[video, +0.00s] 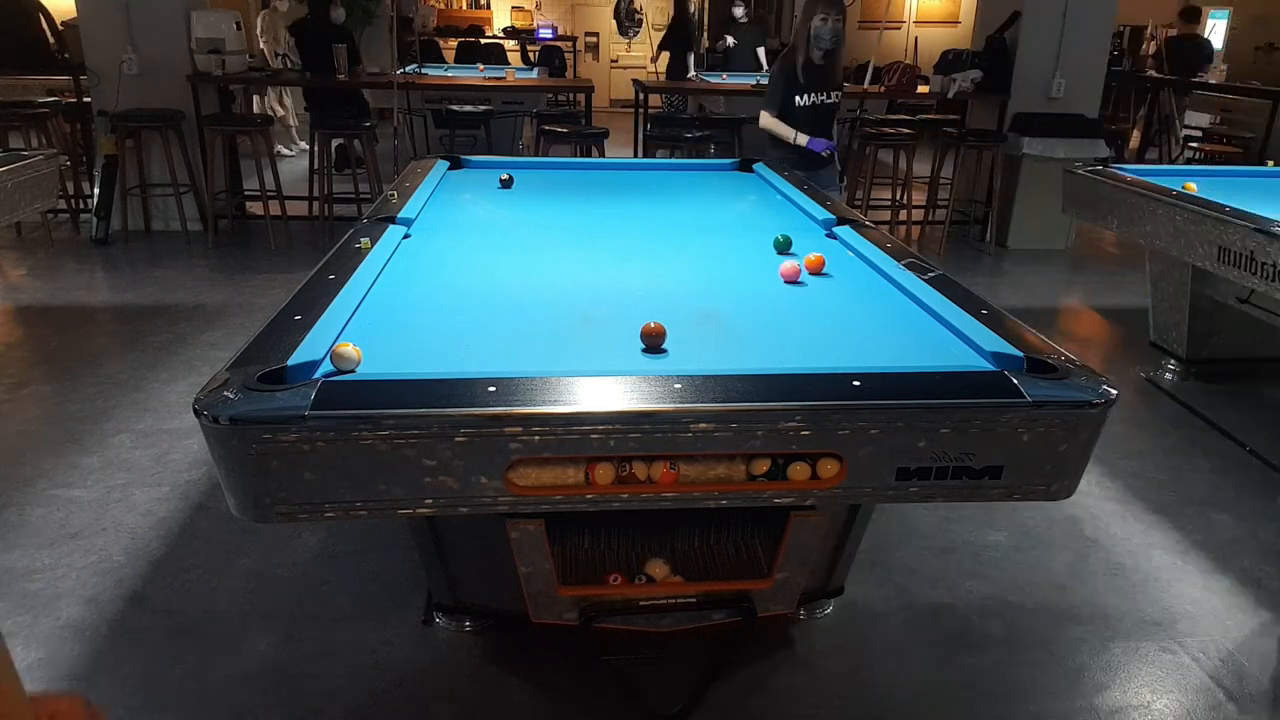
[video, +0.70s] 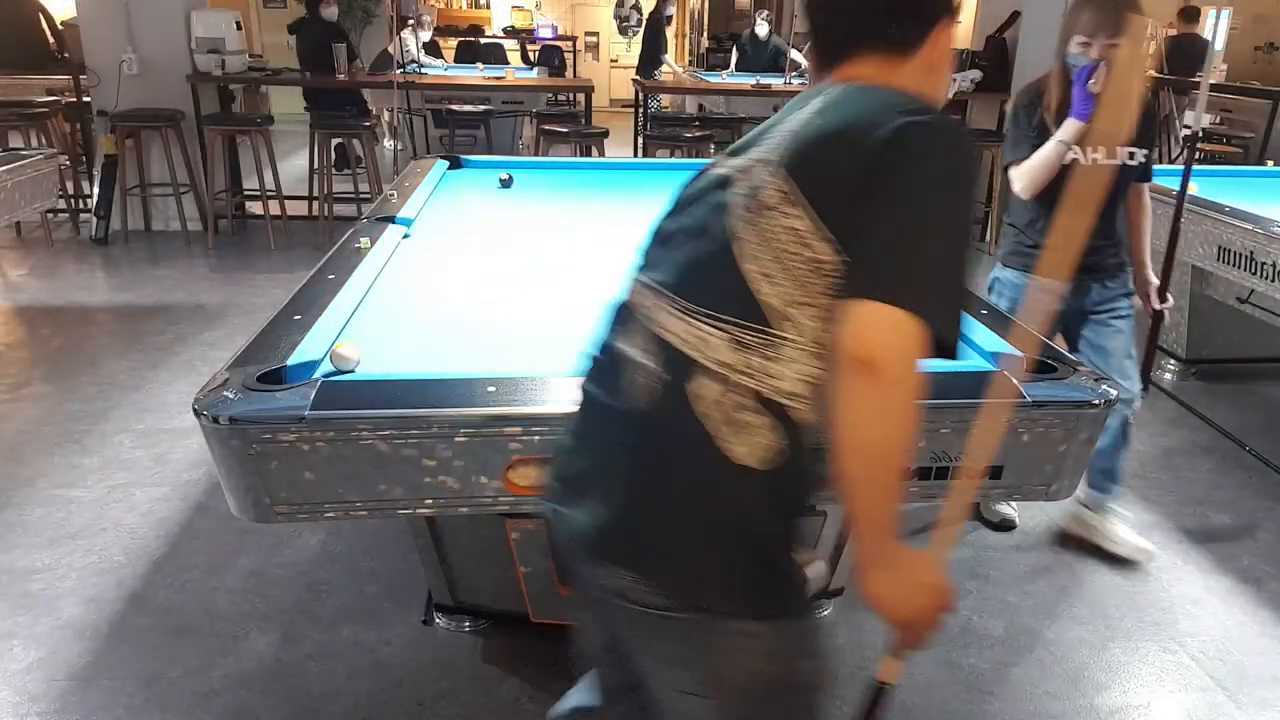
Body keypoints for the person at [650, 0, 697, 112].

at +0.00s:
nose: (694, 6)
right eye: (692, 4)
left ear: (677, 7)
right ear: (690, 7)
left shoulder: (675, 20)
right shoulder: (689, 23)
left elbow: (665, 39)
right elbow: (690, 49)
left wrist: (656, 56)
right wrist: (691, 70)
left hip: (672, 65)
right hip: (684, 67)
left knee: (670, 94)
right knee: (682, 95)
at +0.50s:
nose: (695, 8)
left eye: (696, 6)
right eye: (694, 5)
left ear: (682, 4)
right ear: (686, 4)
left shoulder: (675, 16)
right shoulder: (684, 19)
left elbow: (658, 41)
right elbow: (685, 49)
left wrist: (639, 55)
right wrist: (691, 71)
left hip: (670, 69)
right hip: (679, 70)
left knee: (670, 103)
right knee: (677, 103)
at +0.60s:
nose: (687, 8)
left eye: (687, 5)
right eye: (686, 5)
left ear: (674, 3)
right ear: (678, 4)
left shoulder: (664, 18)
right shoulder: (675, 20)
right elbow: (680, 50)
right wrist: (690, 72)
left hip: (660, 70)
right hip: (669, 72)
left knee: (663, 107)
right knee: (668, 107)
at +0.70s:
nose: (673, 8)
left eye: (673, 5)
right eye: (671, 5)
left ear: (661, 4)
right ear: (664, 5)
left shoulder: (654, 18)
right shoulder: (658, 20)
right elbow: (662, 54)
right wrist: (680, 72)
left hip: (646, 68)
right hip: (651, 70)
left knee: (651, 103)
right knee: (654, 103)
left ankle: (648, 133)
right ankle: (650, 134)